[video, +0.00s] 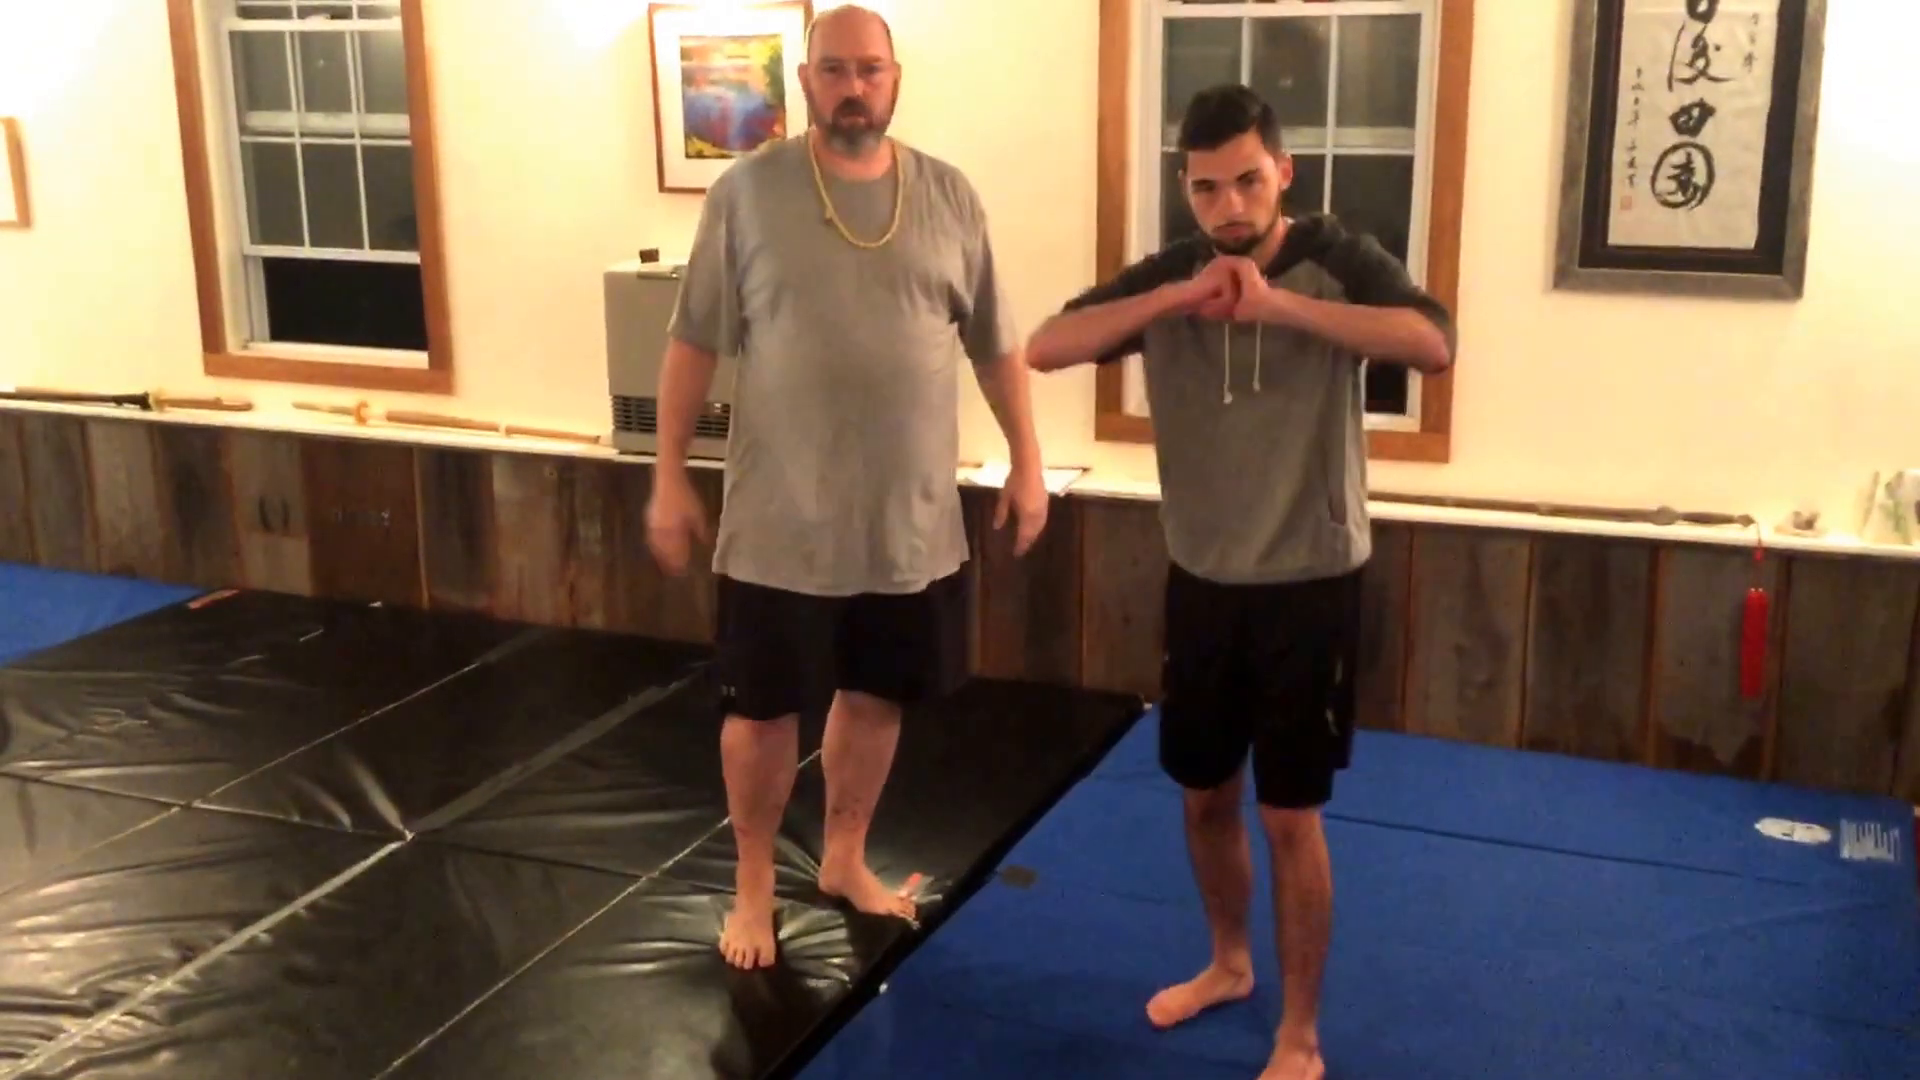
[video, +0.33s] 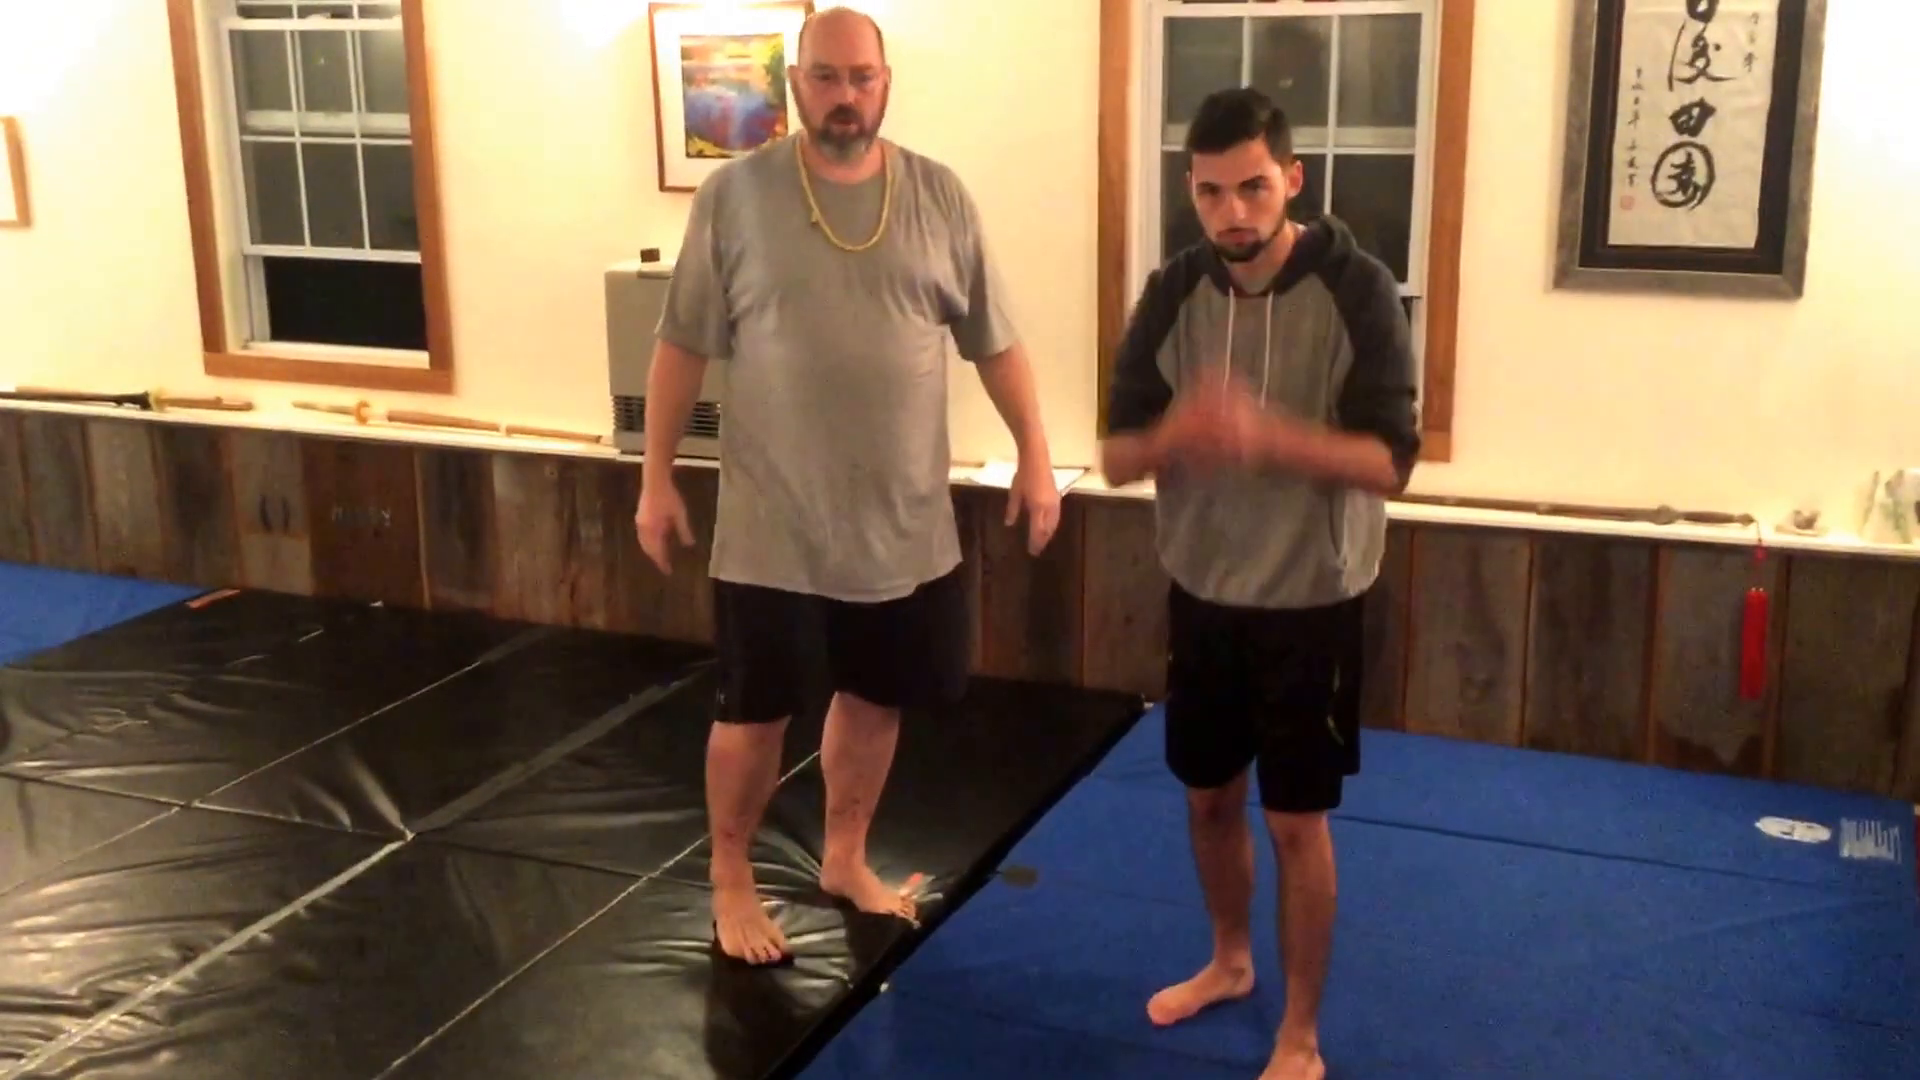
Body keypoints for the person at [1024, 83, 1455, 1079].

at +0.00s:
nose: (1227, 208)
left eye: (1244, 183)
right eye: (1206, 189)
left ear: (1283, 171)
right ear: (1185, 188)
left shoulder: (1334, 255)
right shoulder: (1161, 277)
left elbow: (1435, 346)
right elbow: (1042, 349)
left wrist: (1276, 308)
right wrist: (1177, 299)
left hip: (1311, 570)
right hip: (1202, 570)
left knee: (1288, 812)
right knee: (1206, 791)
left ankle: (1298, 1035)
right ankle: (1229, 965)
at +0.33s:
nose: (1231, 214)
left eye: (1250, 189)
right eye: (1210, 193)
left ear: (1291, 180)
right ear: (1188, 190)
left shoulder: (1355, 285)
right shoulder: (1175, 288)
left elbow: (1390, 459)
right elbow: (1118, 456)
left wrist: (1262, 435)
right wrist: (1180, 434)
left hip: (1313, 595)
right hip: (1204, 589)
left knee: (1295, 819)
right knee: (1212, 797)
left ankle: (1299, 1033)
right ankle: (1230, 964)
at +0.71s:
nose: (1182, 225)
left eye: (1200, 203)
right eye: (1174, 203)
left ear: (1266, 193)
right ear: (1172, 196)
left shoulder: (1345, 302)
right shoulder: (1187, 298)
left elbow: (1409, 475)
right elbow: (1197, 459)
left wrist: (1375, 629)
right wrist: (1181, 586)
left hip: (1316, 619)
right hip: (1216, 608)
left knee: (1307, 824)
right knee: (1221, 793)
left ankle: (1302, 1036)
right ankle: (1230, 961)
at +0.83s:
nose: (1167, 216)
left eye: (1183, 198)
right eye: (1166, 196)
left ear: (1253, 197)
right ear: (1231, 200)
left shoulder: (1342, 308)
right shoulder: (1202, 296)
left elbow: (1416, 490)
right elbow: (1194, 450)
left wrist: (1377, 655)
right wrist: (1171, 575)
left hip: (1314, 622)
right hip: (1215, 611)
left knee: (1311, 831)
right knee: (1216, 793)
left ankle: (1302, 1037)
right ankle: (1230, 959)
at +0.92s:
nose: (1166, 208)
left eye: (1180, 190)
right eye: (1167, 188)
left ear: (1240, 194)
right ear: (1230, 194)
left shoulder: (1338, 310)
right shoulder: (1208, 296)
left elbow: (1393, 510)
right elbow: (1203, 455)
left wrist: (1364, 677)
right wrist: (1172, 578)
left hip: (1307, 625)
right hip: (1213, 610)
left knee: (1308, 833)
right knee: (1206, 783)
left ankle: (1301, 1035)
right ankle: (1227, 956)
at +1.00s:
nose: (1163, 201)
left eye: (1174, 183)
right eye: (1164, 181)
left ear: (1232, 191)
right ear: (1228, 188)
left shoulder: (1324, 307)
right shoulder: (1213, 290)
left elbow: (1357, 517)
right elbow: (1211, 452)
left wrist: (1334, 693)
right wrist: (1173, 571)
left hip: (1298, 625)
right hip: (1213, 605)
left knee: (1303, 834)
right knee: (1188, 773)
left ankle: (1299, 1034)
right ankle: (1223, 948)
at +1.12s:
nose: (1159, 190)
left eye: (1168, 174)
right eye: (1161, 172)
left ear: (1220, 182)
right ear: (1230, 179)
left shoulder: (1309, 302)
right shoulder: (1224, 278)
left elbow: (1310, 519)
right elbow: (1220, 454)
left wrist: (1258, 685)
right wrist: (1179, 562)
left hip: (1303, 611)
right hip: (1219, 591)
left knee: (1296, 824)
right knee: (1180, 757)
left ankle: (1297, 1033)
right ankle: (1209, 945)